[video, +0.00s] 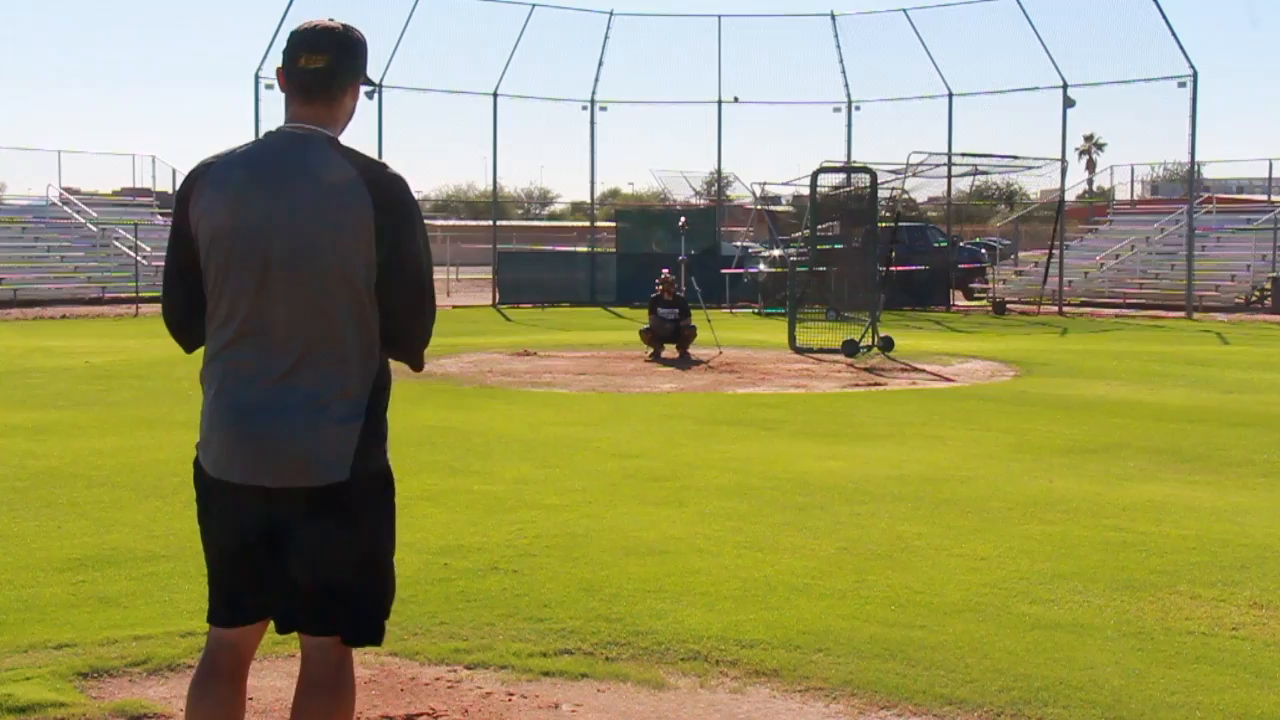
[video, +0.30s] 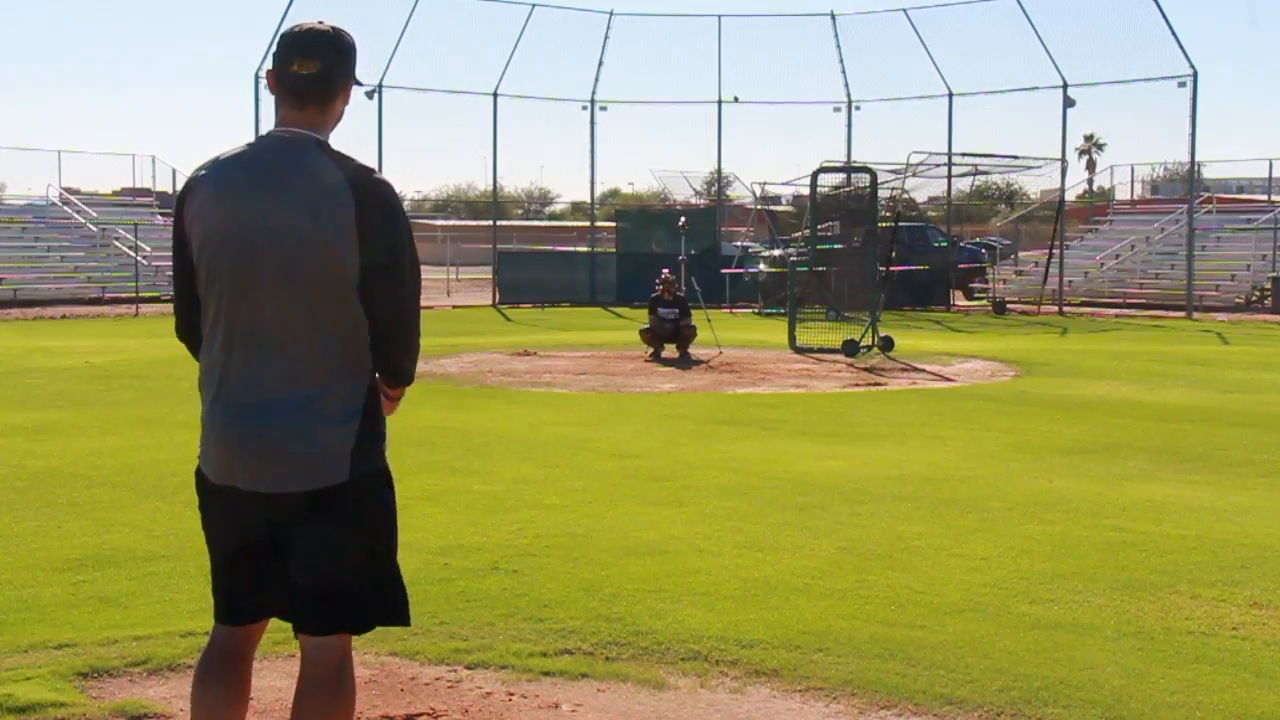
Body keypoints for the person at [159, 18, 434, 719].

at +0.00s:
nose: (352, 100)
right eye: (357, 90)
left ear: (280, 84)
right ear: (357, 94)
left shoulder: (206, 181)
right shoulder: (381, 190)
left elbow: (186, 326)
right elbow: (410, 342)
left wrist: (262, 287)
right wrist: (338, 292)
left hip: (229, 454)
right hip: (337, 460)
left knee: (229, 636)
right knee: (329, 649)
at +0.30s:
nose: (343, 100)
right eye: (348, 90)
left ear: (270, 86)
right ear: (346, 95)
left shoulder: (203, 186)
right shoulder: (367, 193)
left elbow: (193, 325)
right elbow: (397, 341)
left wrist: (253, 377)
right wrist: (387, 387)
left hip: (228, 451)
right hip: (332, 457)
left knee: (233, 628)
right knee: (328, 645)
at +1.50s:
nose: (228, 168)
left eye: (236, 158)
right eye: (230, 151)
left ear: (189, 125)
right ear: (192, 121)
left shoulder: (114, 187)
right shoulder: (144, 192)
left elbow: (197, 303)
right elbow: (212, 312)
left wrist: (276, 289)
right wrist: (287, 283)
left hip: (80, 444)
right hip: (143, 448)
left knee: (91, 609)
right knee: (254, 584)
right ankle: (223, 716)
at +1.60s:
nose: (237, 166)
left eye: (244, 156)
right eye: (237, 149)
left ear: (201, 126)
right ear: (199, 120)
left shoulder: (180, 199)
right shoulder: (140, 191)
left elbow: (230, 307)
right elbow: (201, 309)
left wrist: (296, 285)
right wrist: (297, 280)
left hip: (108, 445)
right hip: (142, 448)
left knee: (103, 611)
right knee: (255, 590)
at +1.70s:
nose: (246, 166)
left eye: (252, 156)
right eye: (245, 149)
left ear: (209, 126)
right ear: (207, 119)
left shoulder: (196, 203)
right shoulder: (144, 191)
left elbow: (239, 314)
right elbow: (195, 303)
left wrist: (287, 298)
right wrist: (307, 268)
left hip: (137, 446)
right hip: (159, 450)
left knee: (132, 608)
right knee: (243, 612)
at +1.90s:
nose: (268, 148)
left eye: (274, 136)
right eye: (265, 131)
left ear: (236, 118)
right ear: (221, 107)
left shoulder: (250, 203)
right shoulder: (144, 186)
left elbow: (301, 313)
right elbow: (182, 286)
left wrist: (323, 256)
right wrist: (290, 243)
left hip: (232, 440)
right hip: (162, 447)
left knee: (279, 591)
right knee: (222, 622)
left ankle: (165, 711)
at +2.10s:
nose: (282, 147)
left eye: (288, 134)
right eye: (276, 128)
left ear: (250, 118)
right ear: (231, 107)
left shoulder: (271, 196)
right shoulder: (138, 178)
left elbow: (333, 308)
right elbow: (123, 253)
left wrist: (309, 229)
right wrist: (244, 210)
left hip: (259, 419)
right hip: (174, 443)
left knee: (338, 557)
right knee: (216, 620)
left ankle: (340, 717)